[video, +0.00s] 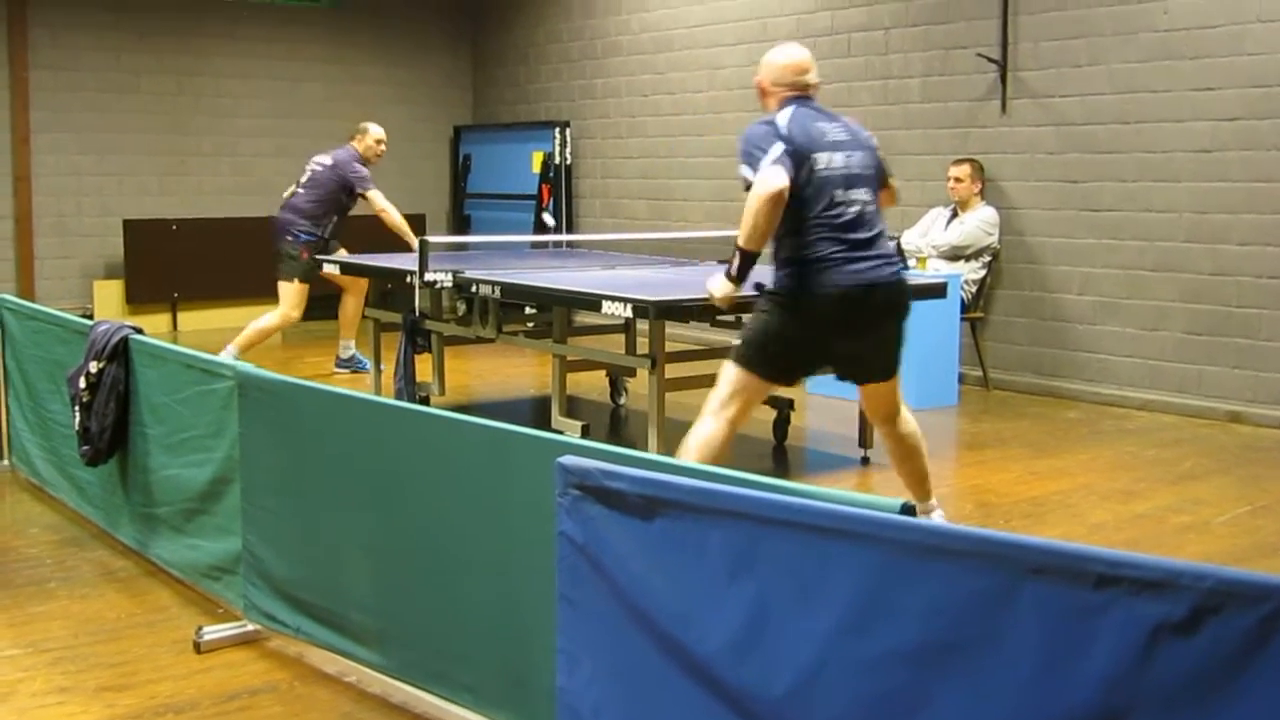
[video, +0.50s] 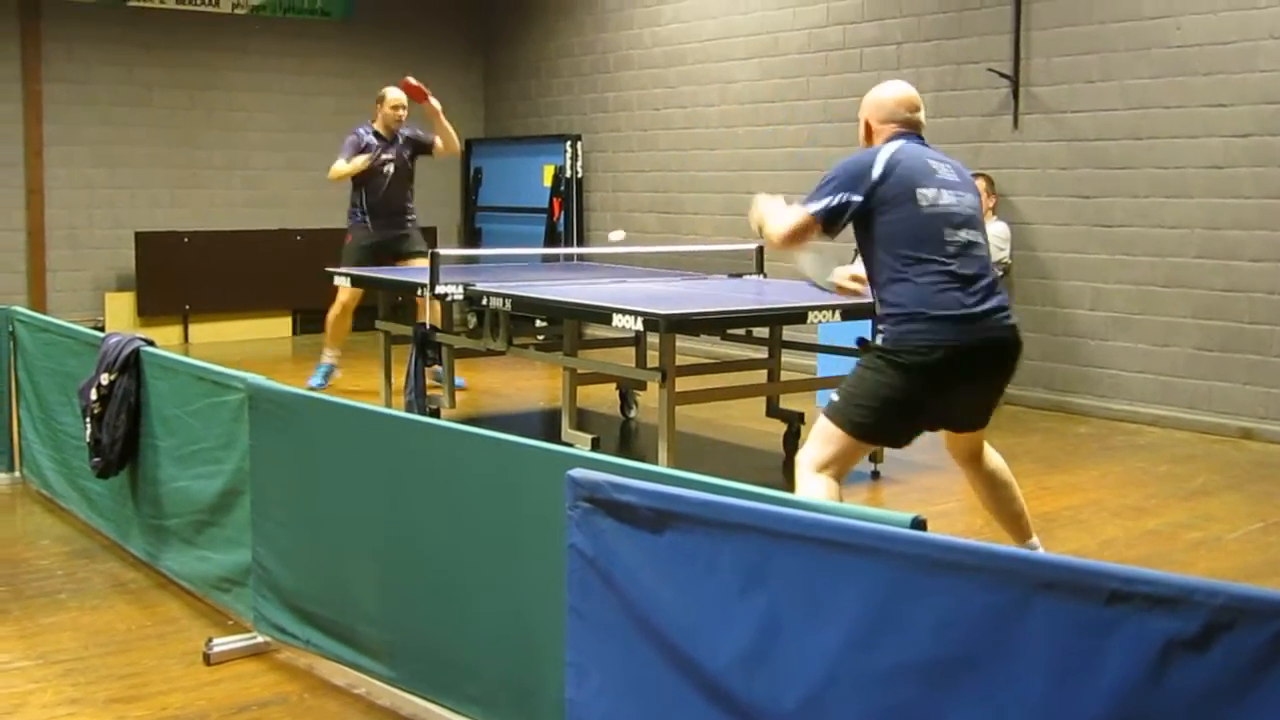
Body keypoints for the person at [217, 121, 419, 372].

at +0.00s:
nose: (383, 150)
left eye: (385, 145)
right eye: (379, 143)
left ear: (358, 141)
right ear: (360, 139)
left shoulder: (330, 157)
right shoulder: (350, 165)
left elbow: (291, 195)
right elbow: (382, 208)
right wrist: (415, 242)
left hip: (315, 239)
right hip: (297, 237)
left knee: (357, 282)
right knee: (290, 312)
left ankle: (346, 356)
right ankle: (227, 356)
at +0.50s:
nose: (402, 114)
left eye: (405, 109)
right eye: (396, 108)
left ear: (407, 112)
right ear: (379, 109)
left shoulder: (408, 138)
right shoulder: (361, 137)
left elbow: (452, 149)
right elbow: (335, 172)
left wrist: (437, 115)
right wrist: (360, 164)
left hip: (405, 230)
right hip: (365, 232)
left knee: (430, 291)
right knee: (345, 300)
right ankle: (328, 362)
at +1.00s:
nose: (408, 129)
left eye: (413, 123)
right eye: (402, 123)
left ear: (420, 128)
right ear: (391, 126)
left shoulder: (432, 163)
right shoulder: (375, 156)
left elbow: (453, 209)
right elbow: (364, 196)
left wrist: (452, 256)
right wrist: (359, 236)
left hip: (423, 246)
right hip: (380, 244)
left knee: (445, 301)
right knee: (355, 299)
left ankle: (455, 367)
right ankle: (352, 368)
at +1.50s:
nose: (350, 112)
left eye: (354, 106)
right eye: (343, 108)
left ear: (363, 111)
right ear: (336, 116)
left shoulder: (382, 152)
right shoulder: (327, 152)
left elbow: (400, 200)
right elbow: (310, 196)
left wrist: (385, 226)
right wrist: (299, 235)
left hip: (380, 235)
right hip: (342, 238)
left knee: (390, 300)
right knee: (345, 304)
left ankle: (411, 370)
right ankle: (361, 376)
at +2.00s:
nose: (347, 111)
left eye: (352, 106)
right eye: (341, 107)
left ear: (361, 113)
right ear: (332, 115)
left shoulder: (375, 156)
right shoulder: (319, 151)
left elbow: (391, 207)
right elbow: (303, 198)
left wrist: (381, 251)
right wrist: (298, 240)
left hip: (360, 244)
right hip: (325, 244)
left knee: (353, 311)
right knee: (336, 316)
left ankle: (343, 387)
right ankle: (362, 372)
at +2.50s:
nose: (360, 113)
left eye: (365, 109)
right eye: (355, 107)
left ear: (370, 114)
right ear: (339, 110)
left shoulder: (379, 154)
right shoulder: (318, 147)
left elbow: (392, 204)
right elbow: (301, 196)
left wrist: (388, 249)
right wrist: (299, 244)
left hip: (363, 249)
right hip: (321, 246)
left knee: (356, 319)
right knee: (315, 315)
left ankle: (346, 390)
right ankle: (312, 390)